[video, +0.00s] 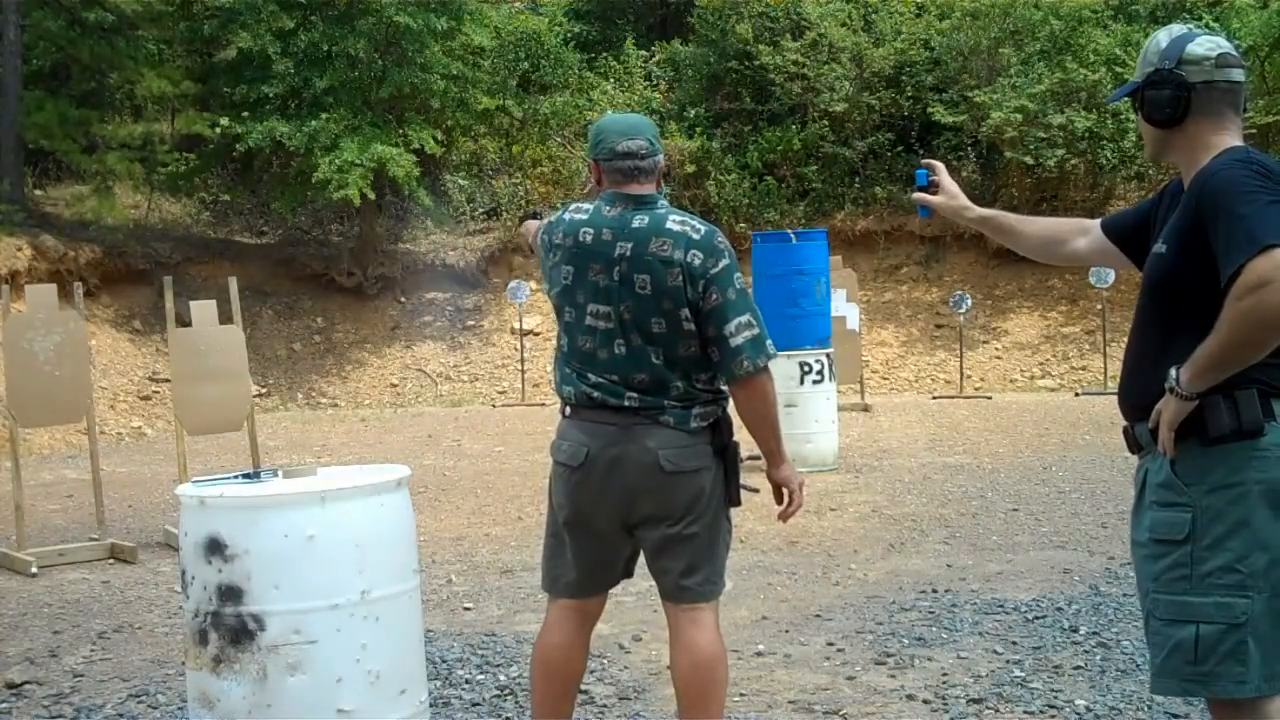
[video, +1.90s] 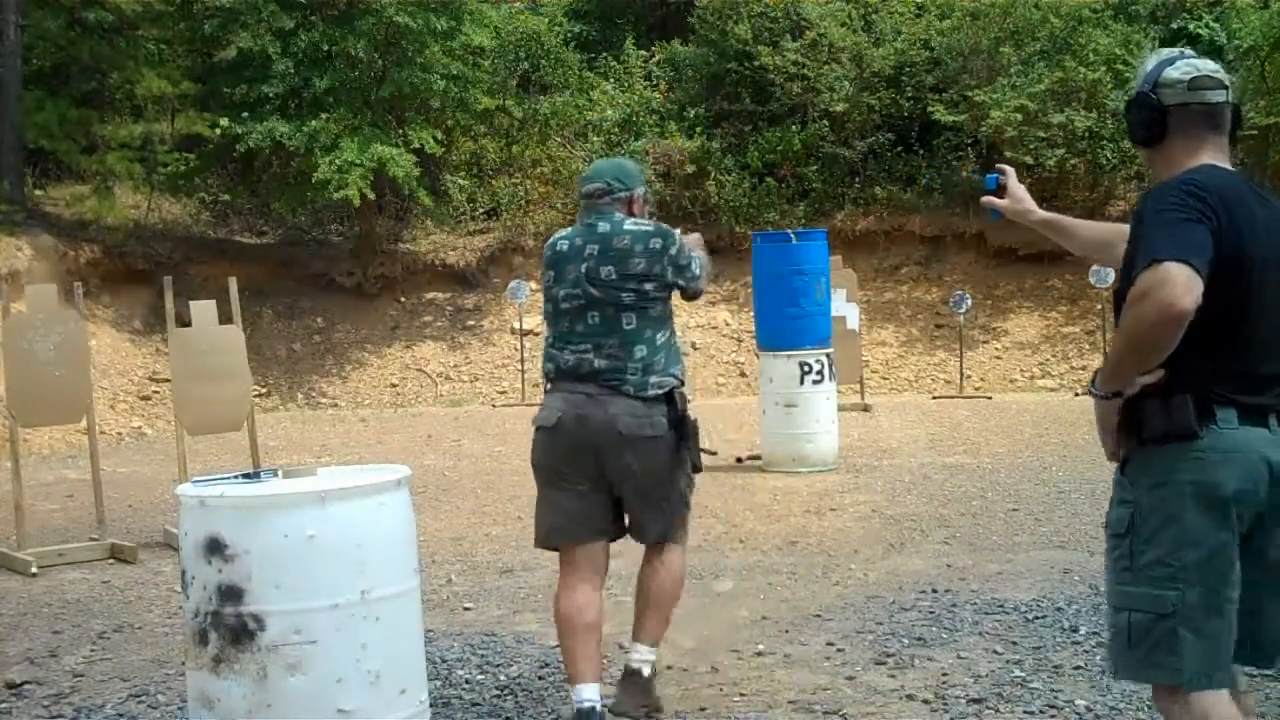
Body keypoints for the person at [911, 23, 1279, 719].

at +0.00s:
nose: (1139, 117)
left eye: (1143, 102)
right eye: (1139, 103)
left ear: (1167, 103)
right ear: (1223, 101)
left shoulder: (1234, 180)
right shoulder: (1183, 196)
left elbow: (1270, 286)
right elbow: (1081, 239)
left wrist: (1184, 385)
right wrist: (969, 214)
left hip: (1224, 463)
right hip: (1209, 459)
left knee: (1241, 694)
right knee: (1241, 687)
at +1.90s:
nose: (1136, 140)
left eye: (1138, 125)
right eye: (1138, 127)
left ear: (1148, 122)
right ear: (1226, 122)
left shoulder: (1178, 198)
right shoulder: (1261, 205)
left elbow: (1173, 297)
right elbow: (1137, 244)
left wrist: (1108, 384)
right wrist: (1033, 216)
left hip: (1188, 449)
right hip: (1265, 445)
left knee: (1184, 684)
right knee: (1219, 671)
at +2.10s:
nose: (1137, 139)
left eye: (1139, 125)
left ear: (1144, 127)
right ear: (1223, 128)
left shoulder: (1159, 206)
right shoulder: (1261, 211)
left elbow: (1130, 313)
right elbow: (1155, 247)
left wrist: (1048, 413)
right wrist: (1055, 219)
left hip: (1173, 450)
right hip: (1268, 448)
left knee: (1080, 654)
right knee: (1225, 654)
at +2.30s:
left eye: (1124, 134)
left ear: (1127, 140)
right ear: (1204, 140)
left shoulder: (1121, 213)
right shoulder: (1245, 220)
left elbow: (1089, 318)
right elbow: (1174, 259)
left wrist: (1039, 441)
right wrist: (1071, 227)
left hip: (1144, 448)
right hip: (1250, 447)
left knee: (1059, 622)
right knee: (1226, 645)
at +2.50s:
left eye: (1093, 156)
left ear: (1091, 161)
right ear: (1164, 160)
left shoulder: (1083, 233)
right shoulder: (1204, 234)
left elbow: (1051, 335)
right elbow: (1143, 276)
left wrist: (1016, 455)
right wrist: (1058, 235)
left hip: (1106, 456)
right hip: (1211, 449)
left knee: (1063, 623)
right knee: (1205, 647)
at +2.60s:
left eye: (1069, 163)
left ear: (1068, 169)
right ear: (1140, 166)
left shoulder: (1055, 243)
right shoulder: (1178, 240)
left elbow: (1020, 347)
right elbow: (1123, 283)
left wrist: (987, 460)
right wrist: (1043, 238)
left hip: (1084, 453)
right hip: (1186, 447)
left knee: (1061, 630)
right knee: (1184, 641)